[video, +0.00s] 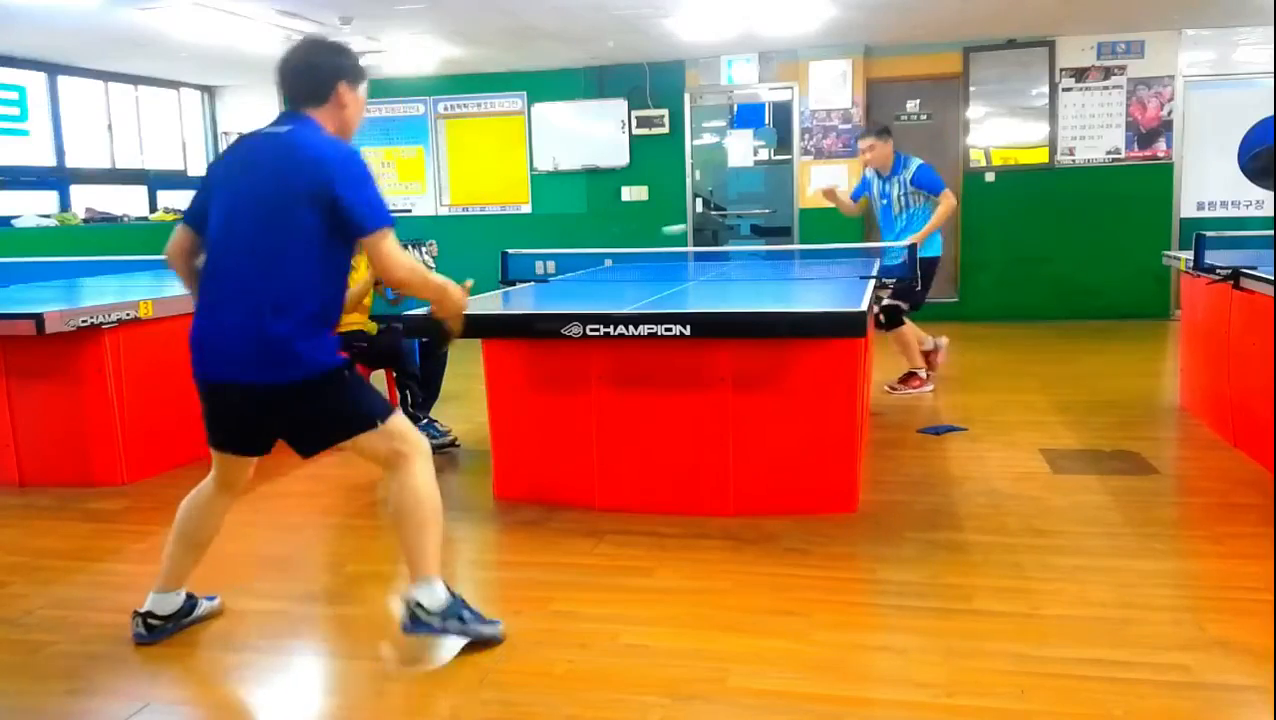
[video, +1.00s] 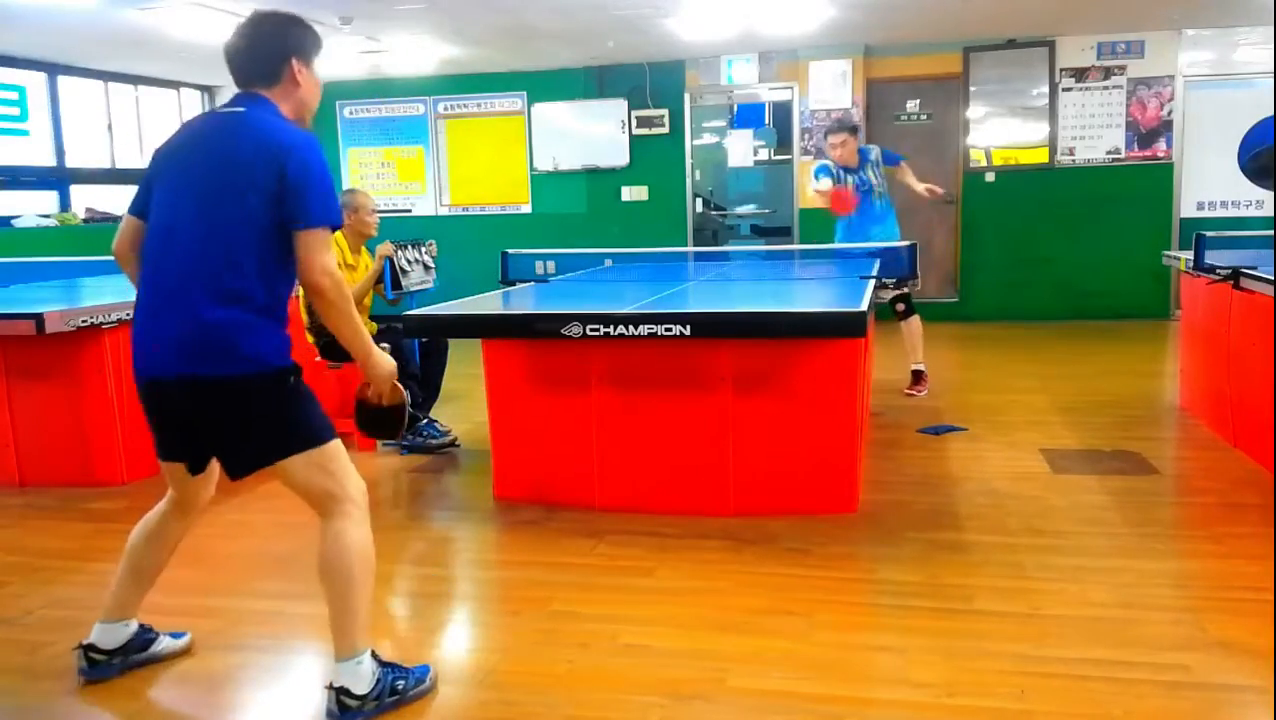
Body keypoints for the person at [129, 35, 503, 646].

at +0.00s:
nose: (362, 109)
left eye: (363, 98)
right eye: (360, 97)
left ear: (291, 94)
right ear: (339, 94)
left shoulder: (235, 156)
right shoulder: (335, 159)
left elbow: (180, 252)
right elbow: (391, 267)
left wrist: (225, 299)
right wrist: (443, 292)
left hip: (220, 357)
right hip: (297, 361)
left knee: (226, 477)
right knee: (405, 451)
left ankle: (162, 603)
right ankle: (429, 597)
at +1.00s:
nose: (320, 87)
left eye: (318, 73)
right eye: (317, 73)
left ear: (239, 75)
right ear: (294, 72)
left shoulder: (180, 141)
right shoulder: (294, 146)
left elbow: (127, 246)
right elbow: (317, 275)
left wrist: (183, 306)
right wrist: (373, 357)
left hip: (161, 359)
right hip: (244, 360)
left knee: (186, 493)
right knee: (343, 498)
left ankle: (110, 636)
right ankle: (357, 672)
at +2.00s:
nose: (247, 69)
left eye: (245, 53)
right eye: (243, 53)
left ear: (160, 60)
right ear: (218, 57)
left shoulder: (93, 138)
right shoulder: (226, 145)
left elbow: (42, 251)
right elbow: (250, 275)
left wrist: (104, 308)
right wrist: (315, 361)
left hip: (86, 371)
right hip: (175, 374)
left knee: (102, 513)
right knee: (292, 522)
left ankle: (23, 659)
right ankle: (288, 704)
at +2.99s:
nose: (158, 106)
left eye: (156, 92)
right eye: (154, 92)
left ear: (81, 99)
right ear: (132, 96)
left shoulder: (15, 159)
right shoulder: (143, 179)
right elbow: (171, 292)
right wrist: (237, 377)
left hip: (7, 368)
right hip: (81, 373)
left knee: (68, 481)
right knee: (160, 515)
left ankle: (11, 597)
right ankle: (49, 653)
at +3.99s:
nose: (121, 114)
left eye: (118, 101)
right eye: (116, 102)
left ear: (45, 114)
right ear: (93, 107)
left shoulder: (12, 192)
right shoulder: (145, 178)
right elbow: (212, 277)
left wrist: (10, 378)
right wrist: (184, 310)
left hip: (69, 396)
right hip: (153, 388)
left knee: (46, 493)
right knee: (272, 493)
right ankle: (260, 645)